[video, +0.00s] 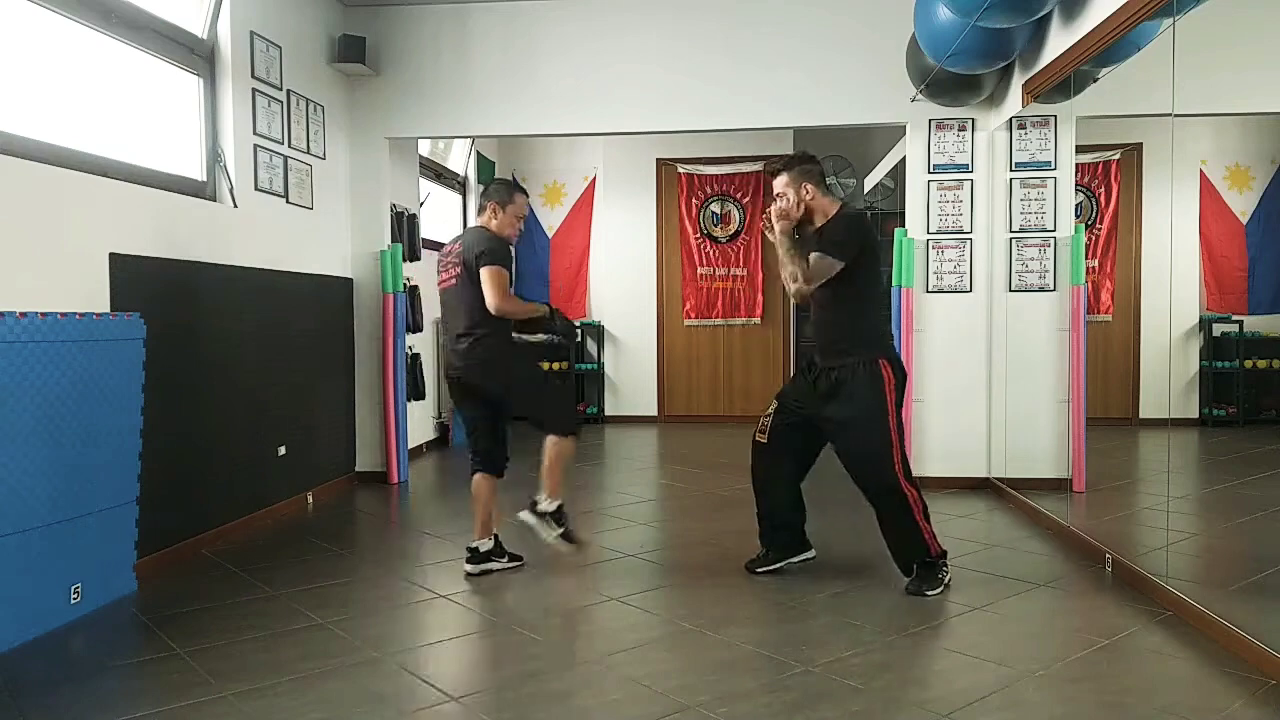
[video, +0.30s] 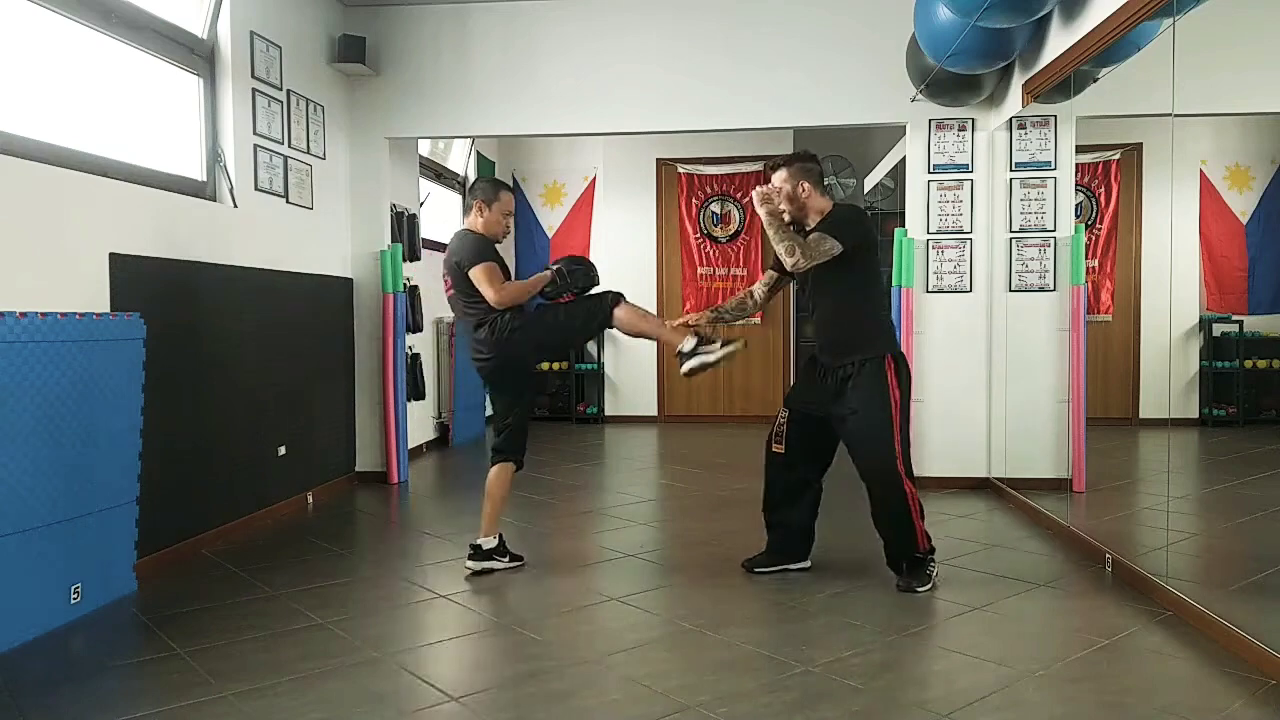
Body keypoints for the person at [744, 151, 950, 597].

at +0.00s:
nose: (780, 206)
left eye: (783, 197)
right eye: (777, 200)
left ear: (808, 190)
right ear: (807, 194)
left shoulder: (850, 225)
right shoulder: (818, 236)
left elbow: (799, 284)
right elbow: (797, 287)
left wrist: (783, 236)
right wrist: (781, 243)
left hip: (867, 372)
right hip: (820, 374)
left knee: (884, 473)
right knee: (770, 450)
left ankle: (928, 563)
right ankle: (786, 544)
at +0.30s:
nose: (775, 203)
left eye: (780, 193)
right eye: (773, 196)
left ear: (805, 188)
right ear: (799, 194)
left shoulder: (850, 220)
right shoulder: (800, 238)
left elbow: (798, 257)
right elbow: (757, 294)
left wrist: (768, 214)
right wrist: (708, 317)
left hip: (872, 366)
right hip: (822, 368)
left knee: (883, 468)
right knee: (788, 453)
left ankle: (914, 559)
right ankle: (789, 549)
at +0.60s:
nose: (760, 210)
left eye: (764, 202)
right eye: (759, 203)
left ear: (788, 201)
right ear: (792, 201)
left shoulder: (818, 237)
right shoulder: (797, 240)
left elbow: (754, 284)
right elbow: (754, 287)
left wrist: (755, 236)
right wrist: (757, 238)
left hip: (832, 380)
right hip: (790, 377)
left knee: (860, 478)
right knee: (736, 448)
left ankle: (917, 559)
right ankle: (719, 545)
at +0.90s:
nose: (711, 208)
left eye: (715, 201)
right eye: (710, 202)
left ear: (739, 199)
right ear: (735, 200)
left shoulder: (781, 239)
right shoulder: (729, 231)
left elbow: (731, 285)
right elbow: (691, 239)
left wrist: (717, 234)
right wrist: (669, 244)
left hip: (783, 374)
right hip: (738, 371)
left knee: (790, 470)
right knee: (687, 443)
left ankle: (825, 564)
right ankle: (688, 538)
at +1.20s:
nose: (652, 206)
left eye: (654, 198)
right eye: (651, 199)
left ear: (676, 198)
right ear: (684, 199)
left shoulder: (698, 228)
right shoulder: (690, 239)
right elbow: (658, 277)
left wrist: (635, 234)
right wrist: (633, 240)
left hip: (716, 368)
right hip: (690, 371)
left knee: (737, 473)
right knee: (647, 450)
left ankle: (819, 548)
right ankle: (651, 542)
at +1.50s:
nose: (625, 213)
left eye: (626, 205)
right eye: (624, 206)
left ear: (643, 201)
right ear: (663, 199)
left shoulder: (639, 231)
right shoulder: (698, 238)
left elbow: (574, 244)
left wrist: (593, 200)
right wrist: (642, 214)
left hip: (678, 368)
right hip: (684, 365)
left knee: (697, 481)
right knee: (635, 448)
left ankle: (781, 555)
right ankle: (647, 541)